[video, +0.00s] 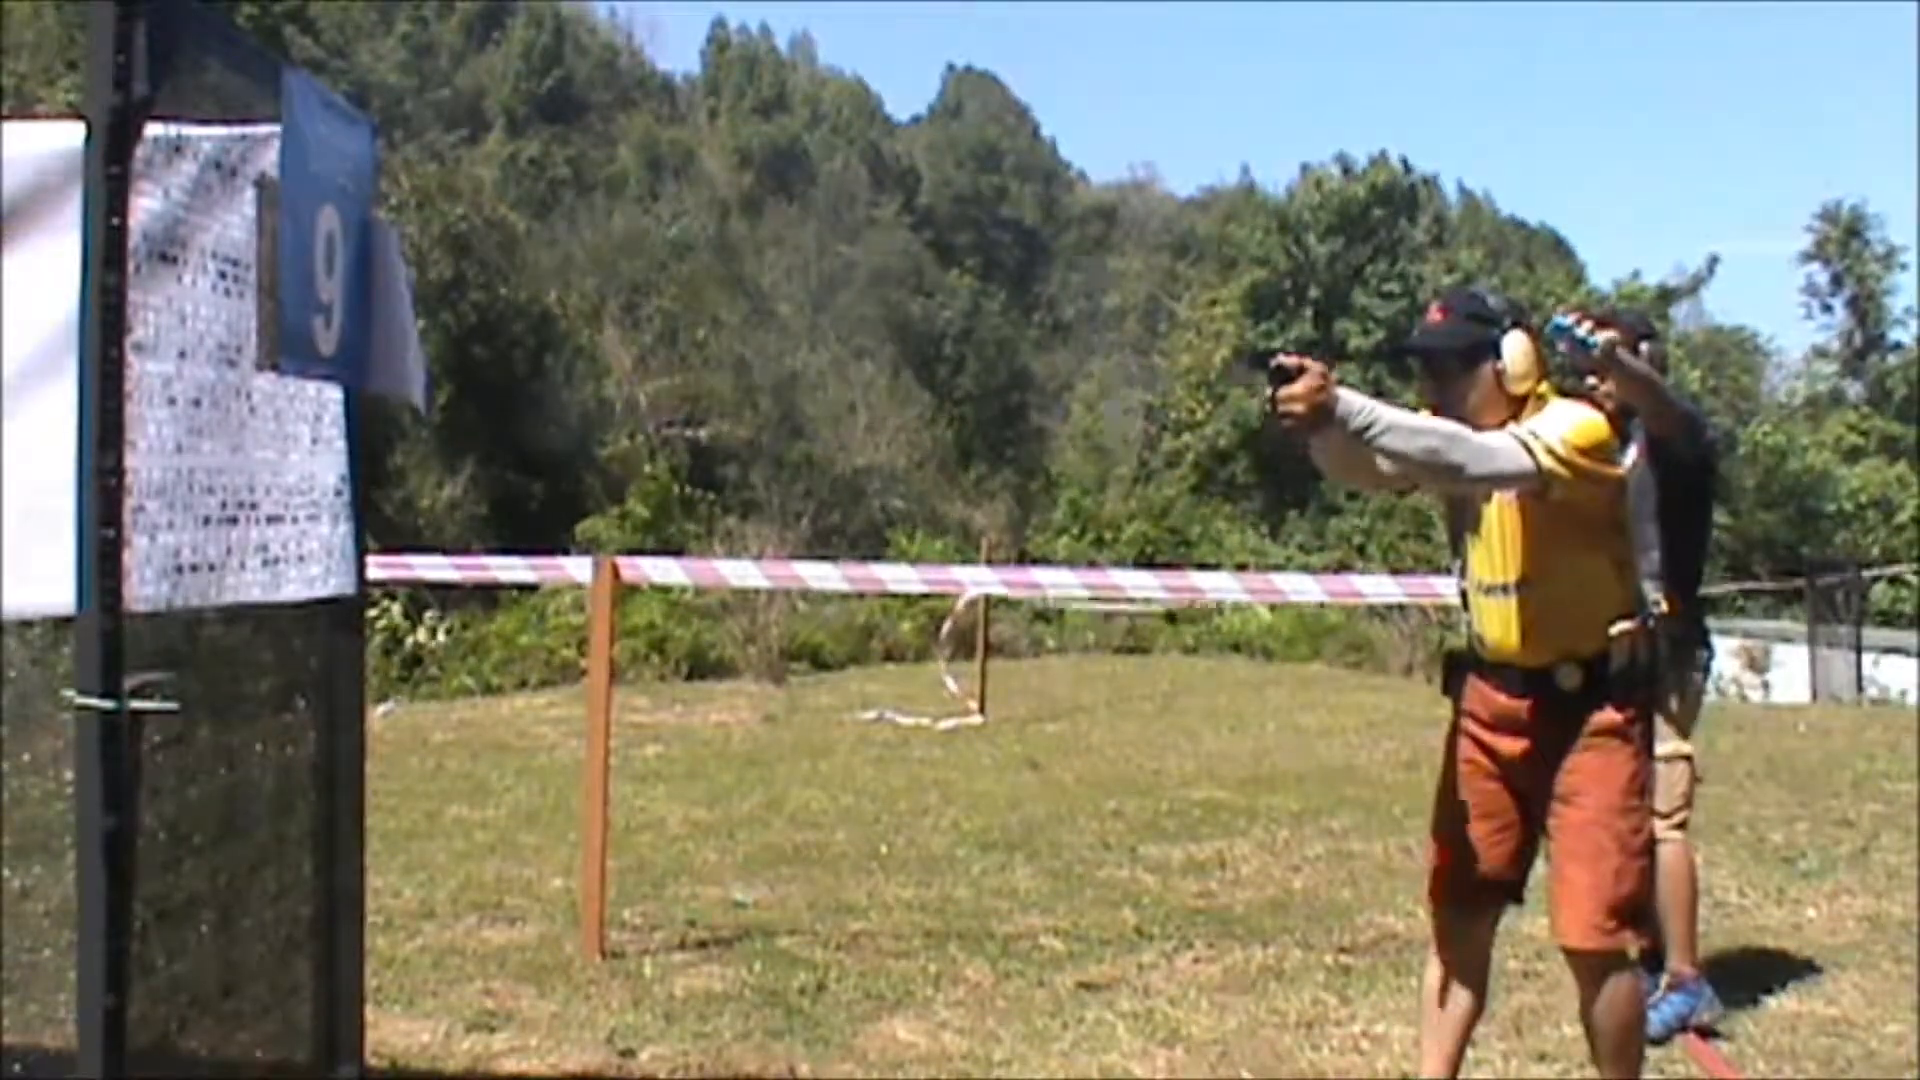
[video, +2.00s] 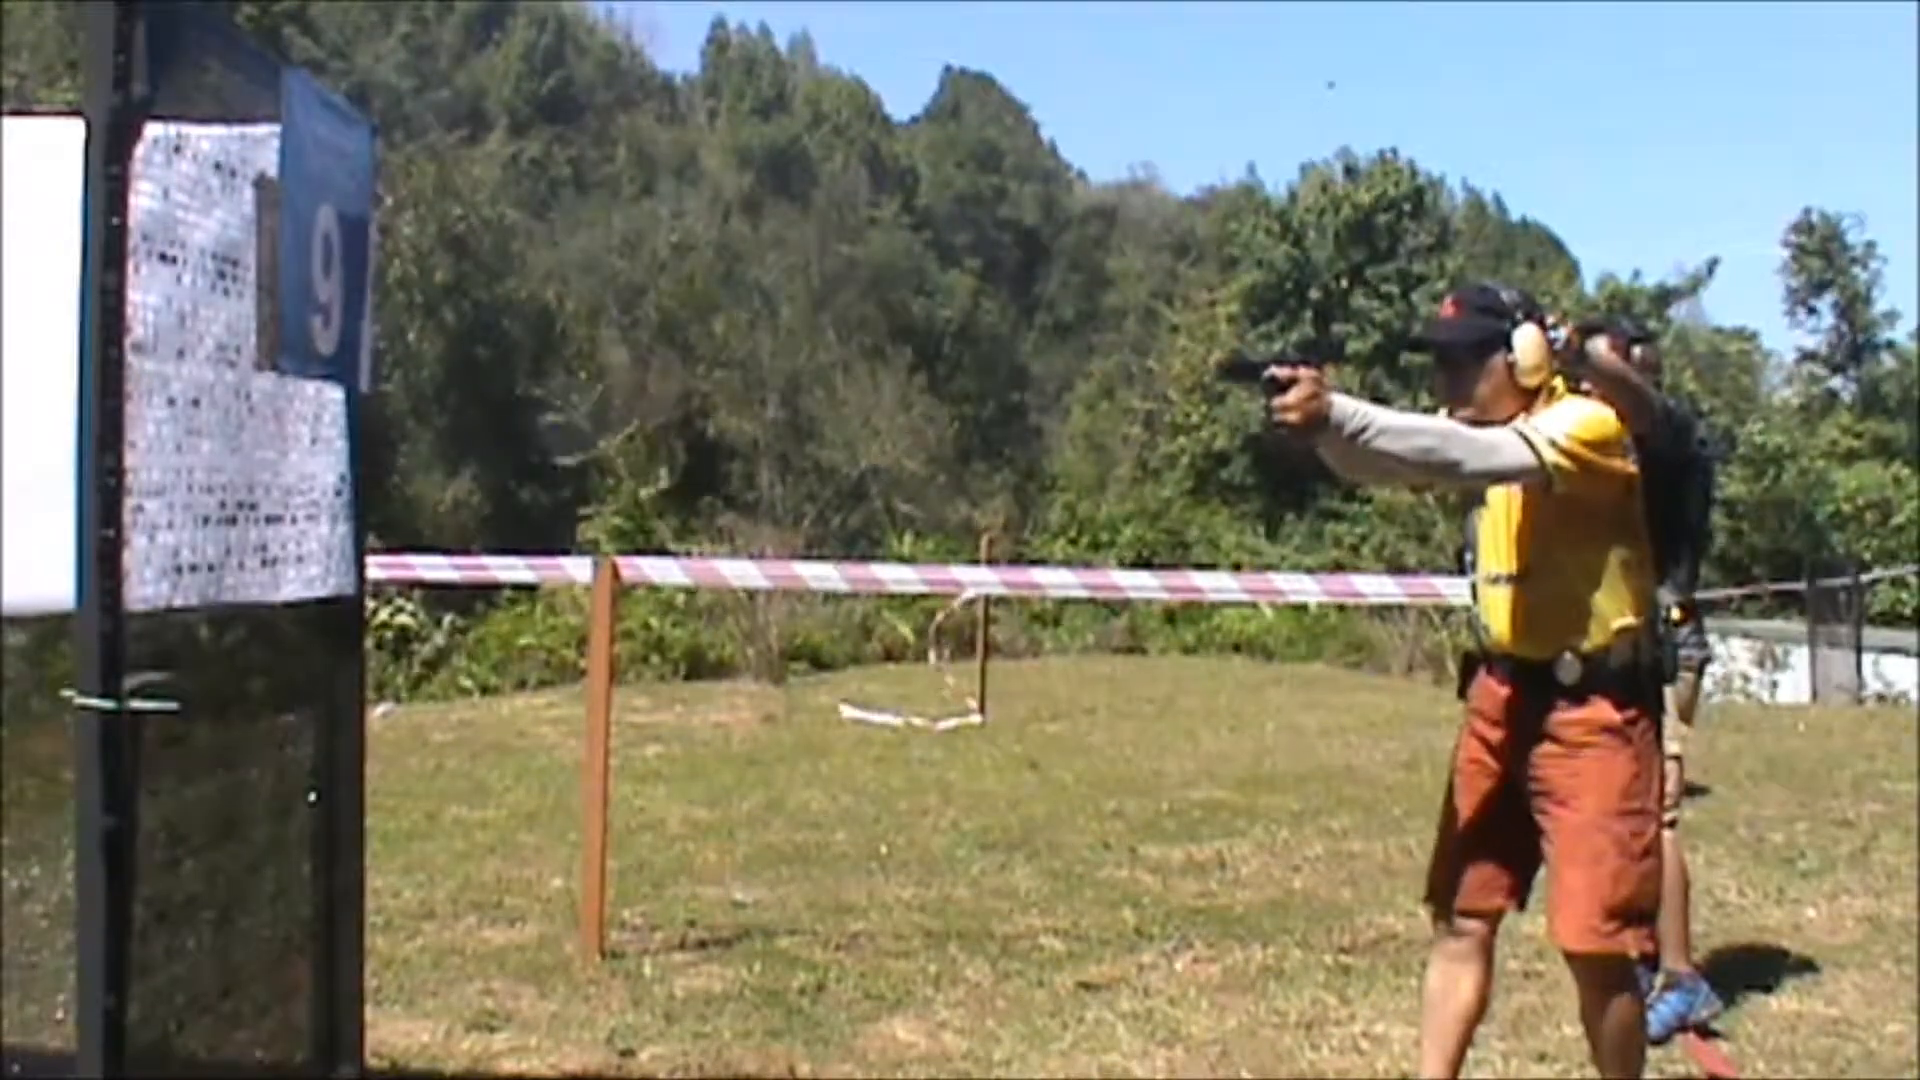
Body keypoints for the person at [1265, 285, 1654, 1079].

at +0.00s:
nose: (1433, 391)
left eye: (1447, 371)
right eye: (1427, 372)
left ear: (1501, 365)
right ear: (1431, 370)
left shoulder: (1581, 429)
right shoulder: (1461, 446)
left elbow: (1478, 460)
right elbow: (1376, 470)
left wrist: (1343, 405)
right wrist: (1314, 423)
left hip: (1597, 703)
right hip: (1494, 697)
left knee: (1594, 933)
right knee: (1462, 904)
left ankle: (1622, 1072)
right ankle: (1435, 1070)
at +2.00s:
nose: (1449, 392)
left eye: (1462, 371)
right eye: (1443, 373)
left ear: (1513, 360)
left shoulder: (1589, 425)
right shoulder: (1490, 435)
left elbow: (1472, 453)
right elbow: (1400, 467)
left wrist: (1338, 410)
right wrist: (1319, 427)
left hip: (1598, 709)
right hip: (1502, 698)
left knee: (1595, 942)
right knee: (1463, 917)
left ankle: (1623, 1072)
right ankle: (1433, 1072)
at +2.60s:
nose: (1443, 392)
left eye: (1457, 369)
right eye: (1437, 372)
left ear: (1509, 359)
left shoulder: (1581, 424)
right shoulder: (1479, 439)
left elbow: (1471, 460)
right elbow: (1382, 473)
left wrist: (1334, 412)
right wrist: (1314, 430)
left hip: (1594, 708)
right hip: (1495, 698)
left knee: (1598, 942)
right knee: (1441, 910)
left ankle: (1625, 1075)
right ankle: (1429, 1072)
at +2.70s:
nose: (1432, 394)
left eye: (1443, 373)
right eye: (1430, 376)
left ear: (1498, 367)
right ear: (1467, 375)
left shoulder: (1574, 431)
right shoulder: (1461, 448)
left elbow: (1481, 492)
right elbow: (1348, 496)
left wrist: (1343, 432)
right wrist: (1308, 444)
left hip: (1586, 718)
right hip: (1485, 708)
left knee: (1590, 942)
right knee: (1418, 899)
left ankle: (1622, 1074)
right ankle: (1418, 1069)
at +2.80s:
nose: (1411, 417)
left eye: (1423, 405)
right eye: (1413, 404)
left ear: (1469, 421)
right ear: (1457, 423)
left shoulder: (1549, 486)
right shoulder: (1420, 481)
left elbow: (1455, 576)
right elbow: (1322, 565)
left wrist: (1321, 516)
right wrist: (1291, 508)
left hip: (1557, 751)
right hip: (1457, 734)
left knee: (1562, 962)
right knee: (1355, 896)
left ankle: (1609, 1073)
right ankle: (1355, 1066)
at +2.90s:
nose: (1389, 469)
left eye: (1402, 461)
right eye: (1394, 457)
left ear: (1441, 475)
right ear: (1423, 468)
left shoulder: (1523, 526)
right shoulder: (1394, 515)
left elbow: (1420, 618)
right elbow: (1297, 605)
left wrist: (1277, 570)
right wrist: (1247, 581)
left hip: (1535, 773)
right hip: (1433, 757)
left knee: (1548, 972)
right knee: (1311, 901)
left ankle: (1606, 1073)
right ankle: (1294, 1062)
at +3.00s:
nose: (1296, 509)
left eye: (1304, 495)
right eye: (1297, 495)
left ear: (1343, 502)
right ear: (1322, 507)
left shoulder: (1426, 544)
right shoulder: (1315, 564)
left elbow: (1422, 644)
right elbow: (1244, 633)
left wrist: (1314, 680)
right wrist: (1162, 620)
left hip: (1473, 796)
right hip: (1374, 785)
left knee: (1501, 990)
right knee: (1244, 904)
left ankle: (1590, 1072)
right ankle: (1201, 1064)